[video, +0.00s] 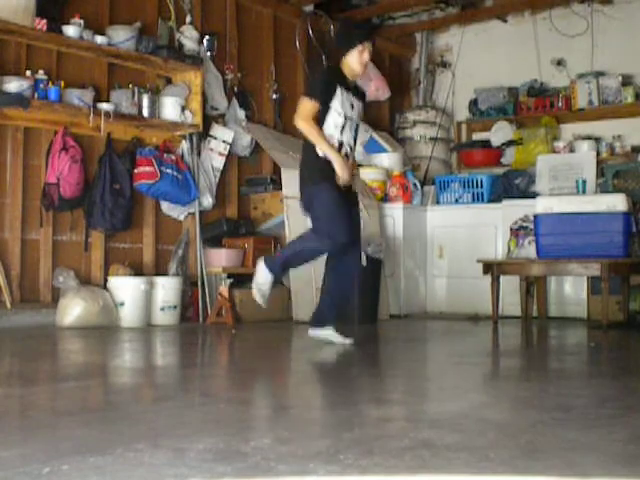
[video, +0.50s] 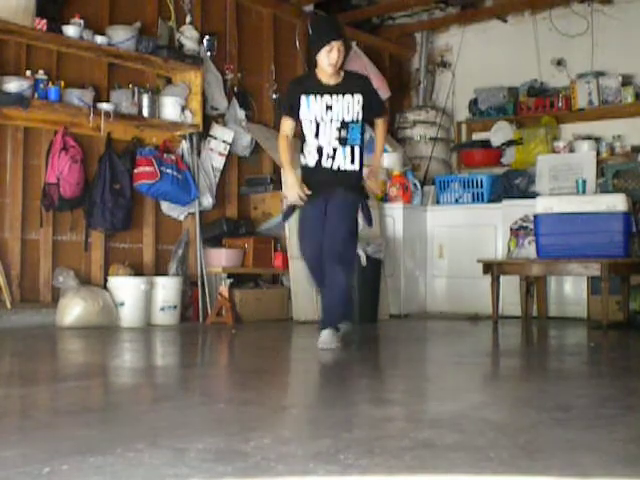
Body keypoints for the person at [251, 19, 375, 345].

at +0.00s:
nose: (367, 59)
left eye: (368, 52)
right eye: (363, 52)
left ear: (364, 53)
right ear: (346, 51)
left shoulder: (357, 92)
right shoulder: (325, 78)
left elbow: (348, 137)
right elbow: (301, 119)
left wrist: (351, 166)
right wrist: (334, 157)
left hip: (342, 179)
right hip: (318, 175)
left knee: (349, 249)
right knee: (333, 235)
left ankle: (323, 323)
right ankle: (271, 266)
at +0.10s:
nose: (360, 49)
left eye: (363, 43)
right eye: (355, 42)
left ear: (362, 45)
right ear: (340, 41)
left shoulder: (357, 84)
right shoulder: (318, 70)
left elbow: (350, 130)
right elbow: (289, 109)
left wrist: (352, 164)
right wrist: (316, 150)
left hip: (342, 175)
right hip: (311, 170)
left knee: (355, 242)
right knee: (314, 232)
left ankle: (340, 313)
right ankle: (270, 290)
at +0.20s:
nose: (352, 57)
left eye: (355, 51)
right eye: (347, 50)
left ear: (356, 54)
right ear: (330, 50)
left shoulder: (356, 97)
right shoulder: (307, 83)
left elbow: (356, 140)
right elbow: (282, 124)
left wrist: (356, 171)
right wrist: (298, 166)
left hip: (339, 189)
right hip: (305, 185)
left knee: (366, 256)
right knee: (292, 255)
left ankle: (370, 319)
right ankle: (257, 321)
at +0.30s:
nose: (345, 60)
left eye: (348, 54)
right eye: (339, 53)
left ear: (350, 58)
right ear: (324, 56)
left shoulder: (357, 100)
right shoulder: (301, 91)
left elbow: (364, 144)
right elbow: (278, 136)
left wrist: (356, 180)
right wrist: (282, 180)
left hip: (341, 199)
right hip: (303, 196)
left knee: (361, 265)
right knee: (284, 266)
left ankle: (373, 327)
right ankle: (256, 328)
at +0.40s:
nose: (343, 50)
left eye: (346, 43)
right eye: (336, 43)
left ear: (350, 46)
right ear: (321, 46)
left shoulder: (361, 82)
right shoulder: (300, 81)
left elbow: (377, 122)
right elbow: (281, 129)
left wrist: (360, 155)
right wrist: (286, 173)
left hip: (344, 185)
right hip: (305, 185)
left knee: (353, 255)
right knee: (293, 255)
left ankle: (358, 321)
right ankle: (286, 322)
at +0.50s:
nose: (336, 56)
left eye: (340, 49)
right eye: (329, 50)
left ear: (345, 51)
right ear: (315, 52)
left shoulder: (360, 85)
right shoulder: (298, 89)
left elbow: (380, 121)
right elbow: (285, 134)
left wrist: (375, 165)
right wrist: (289, 174)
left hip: (346, 183)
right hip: (311, 183)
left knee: (337, 251)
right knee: (312, 252)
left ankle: (330, 326)